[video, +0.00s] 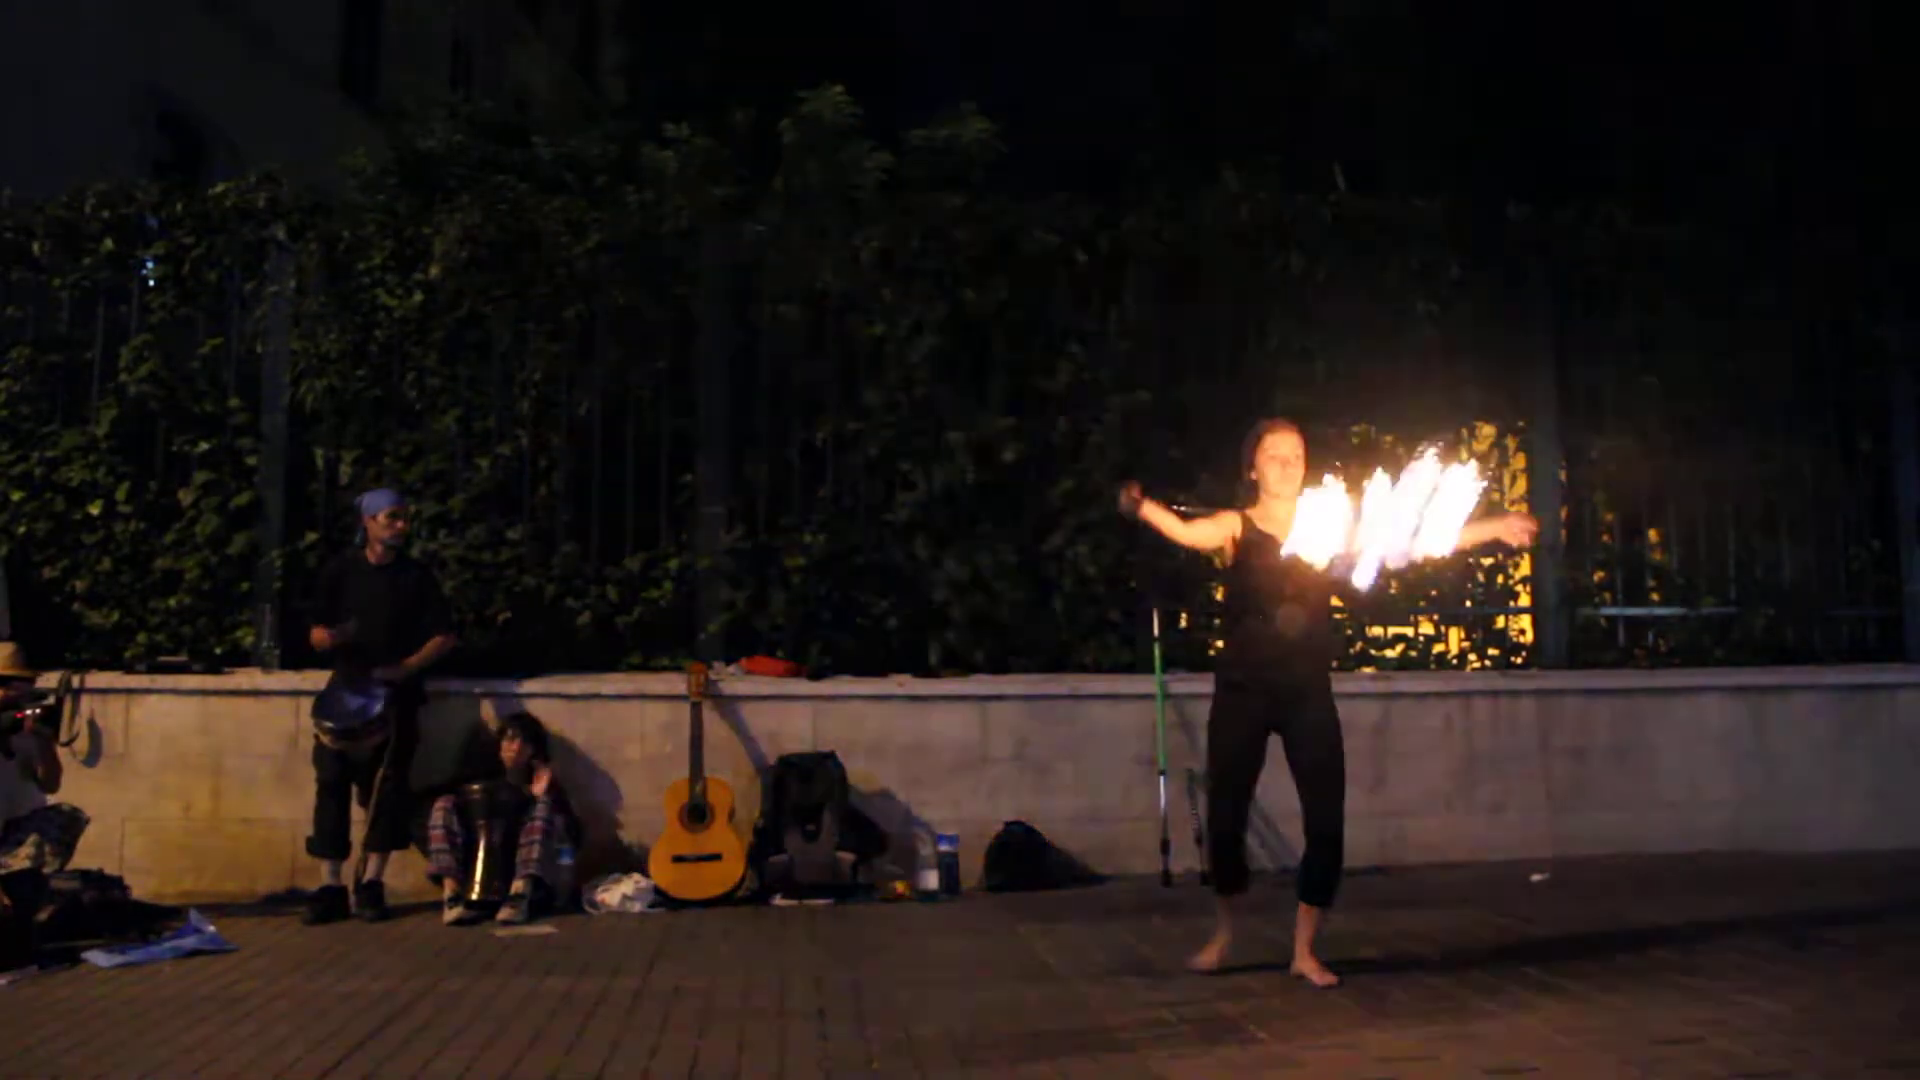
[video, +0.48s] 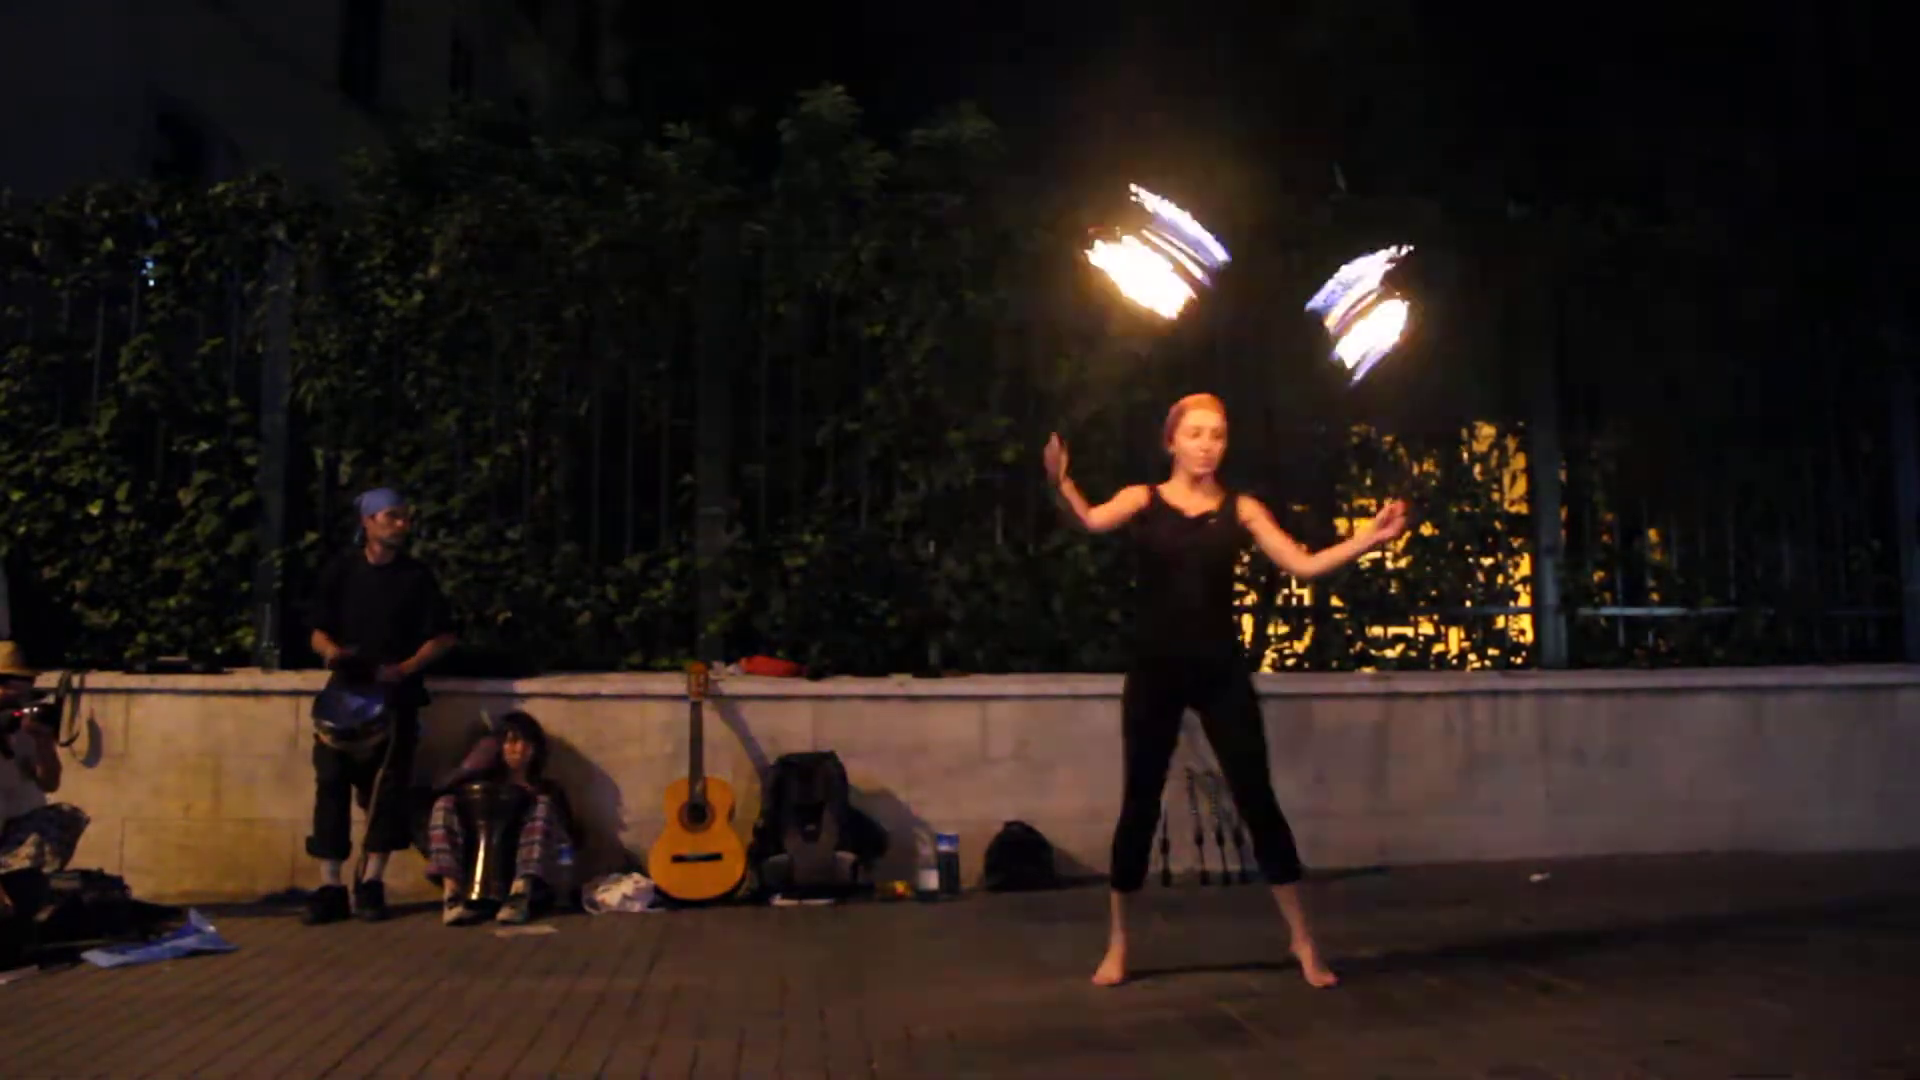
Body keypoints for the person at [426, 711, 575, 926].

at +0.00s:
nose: (513, 748)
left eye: (522, 741)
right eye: (509, 739)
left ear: (534, 751)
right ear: (500, 745)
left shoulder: (545, 788)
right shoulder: (488, 787)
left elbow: (569, 839)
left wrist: (542, 799)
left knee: (541, 811)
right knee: (444, 805)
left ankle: (520, 893)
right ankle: (451, 893)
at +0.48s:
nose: (518, 749)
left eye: (526, 743)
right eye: (512, 741)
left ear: (535, 750)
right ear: (500, 746)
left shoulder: (548, 790)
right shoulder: (481, 785)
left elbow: (564, 840)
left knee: (542, 806)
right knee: (444, 804)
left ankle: (521, 893)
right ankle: (451, 894)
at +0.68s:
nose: (512, 748)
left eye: (519, 741)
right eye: (507, 740)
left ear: (533, 748)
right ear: (500, 745)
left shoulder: (537, 780)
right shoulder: (484, 773)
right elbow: (451, 778)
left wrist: (541, 798)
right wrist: (488, 757)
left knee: (542, 807)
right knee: (445, 804)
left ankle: (521, 893)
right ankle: (451, 893)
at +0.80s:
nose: (515, 748)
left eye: (523, 741)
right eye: (508, 741)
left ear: (536, 749)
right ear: (495, 746)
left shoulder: (548, 789)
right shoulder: (478, 781)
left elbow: (573, 838)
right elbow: (434, 781)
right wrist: (471, 753)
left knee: (543, 807)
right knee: (445, 805)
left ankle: (520, 894)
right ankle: (451, 894)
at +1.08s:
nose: (524, 751)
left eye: (530, 744)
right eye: (516, 743)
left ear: (538, 750)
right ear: (500, 747)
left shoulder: (547, 788)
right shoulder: (483, 784)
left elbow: (565, 841)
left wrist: (539, 800)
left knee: (542, 807)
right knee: (444, 805)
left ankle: (521, 892)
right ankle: (451, 893)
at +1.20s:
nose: (520, 750)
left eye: (526, 743)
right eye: (512, 742)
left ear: (536, 749)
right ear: (498, 747)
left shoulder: (547, 790)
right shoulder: (480, 788)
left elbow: (566, 840)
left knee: (541, 806)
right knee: (444, 805)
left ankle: (520, 893)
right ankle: (451, 893)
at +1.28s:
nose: (518, 749)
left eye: (525, 742)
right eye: (511, 742)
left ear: (535, 749)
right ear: (497, 748)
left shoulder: (547, 790)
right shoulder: (482, 790)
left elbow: (566, 840)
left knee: (542, 807)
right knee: (444, 805)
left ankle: (521, 893)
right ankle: (451, 893)